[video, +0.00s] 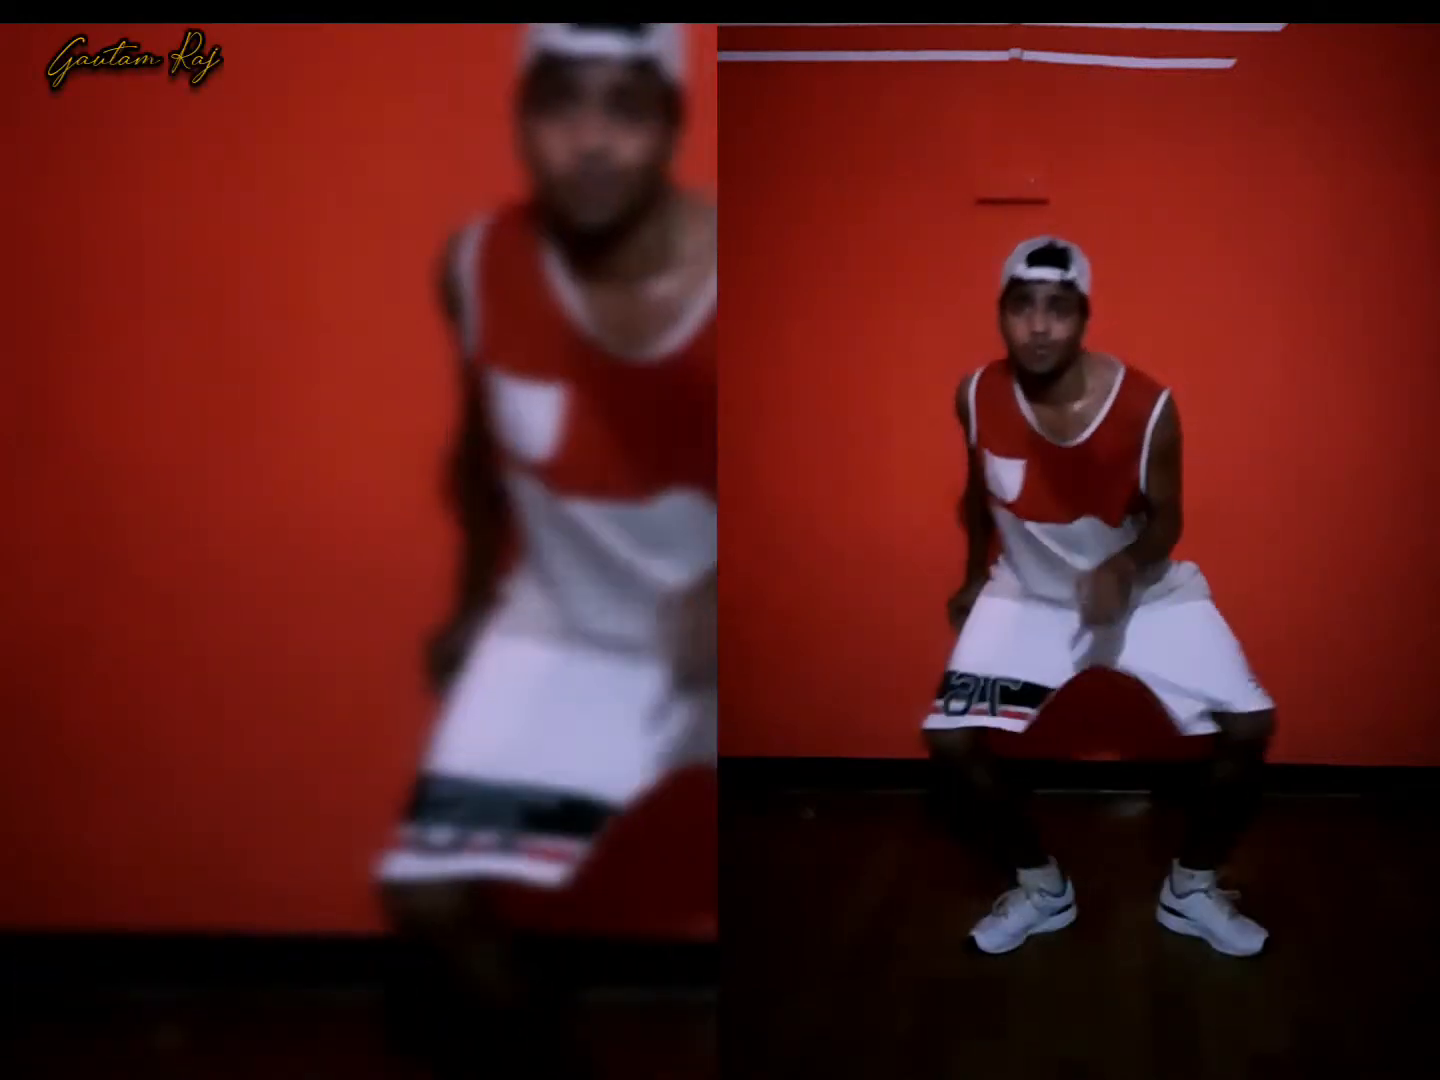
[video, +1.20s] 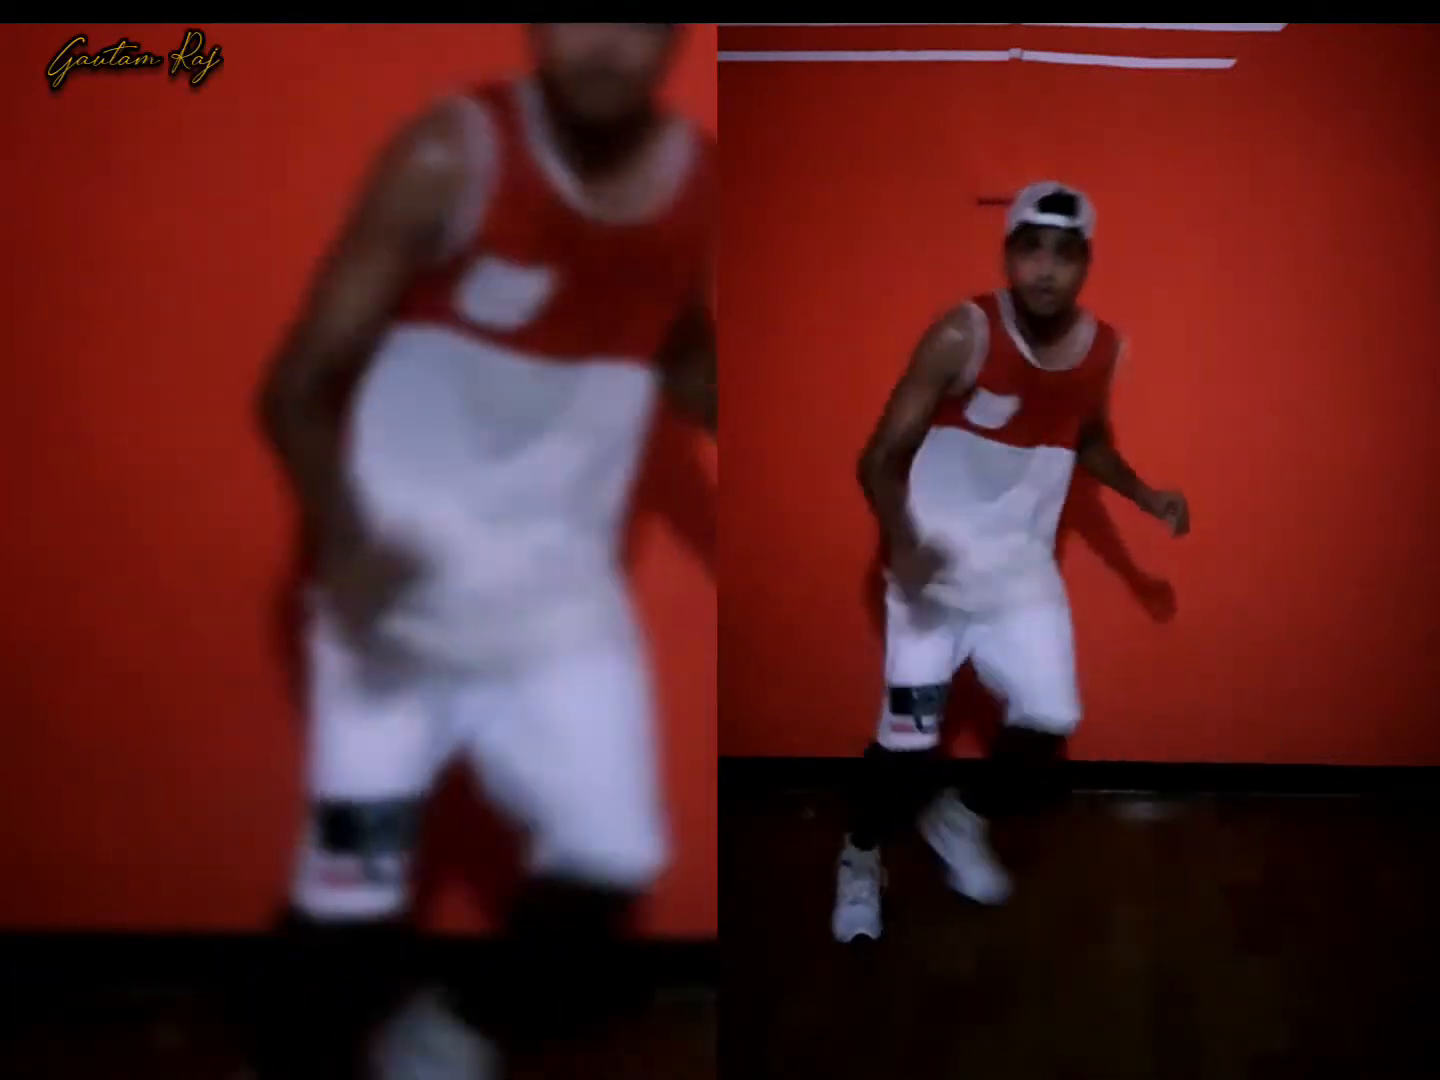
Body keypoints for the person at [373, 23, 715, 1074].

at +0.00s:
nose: (593, 138)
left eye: (628, 109)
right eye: (563, 104)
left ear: (673, 133)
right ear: (523, 127)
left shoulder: (739, 269)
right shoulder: (484, 265)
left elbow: (814, 455)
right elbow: (480, 455)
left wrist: (735, 590)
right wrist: (472, 609)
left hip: (713, 645)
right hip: (552, 638)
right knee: (432, 892)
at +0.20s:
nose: (623, 126)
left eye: (654, 92)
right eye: (591, 96)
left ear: (706, 112)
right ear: (558, 121)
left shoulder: (766, 273)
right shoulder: (492, 254)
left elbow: (813, 501)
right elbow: (507, 408)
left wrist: (701, 653)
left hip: (745, 608)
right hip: (579, 586)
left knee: (779, 885)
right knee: (533, 883)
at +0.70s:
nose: (498, 119)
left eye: (531, 85)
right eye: (469, 86)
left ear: (581, 104)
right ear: (438, 111)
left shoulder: (705, 242)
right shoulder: (402, 283)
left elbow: (793, 392)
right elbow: (328, 439)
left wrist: (747, 520)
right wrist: (435, 523)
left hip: (699, 626)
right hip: (515, 629)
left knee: (789, 902)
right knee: (474, 918)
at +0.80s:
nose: (427, 39)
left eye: (451, 17)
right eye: (408, 25)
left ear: (518, 16)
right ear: (391, 43)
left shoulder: (648, 98)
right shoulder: (376, 227)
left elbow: (712, 287)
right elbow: (367, 473)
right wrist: (478, 467)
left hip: (683, 584)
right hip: (503, 610)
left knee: (768, 860)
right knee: (491, 919)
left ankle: (609, 1016)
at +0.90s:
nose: (412, 46)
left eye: (436, 22)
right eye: (389, 27)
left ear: (493, 25)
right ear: (367, 45)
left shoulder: (587, 122)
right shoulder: (362, 223)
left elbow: (632, 311)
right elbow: (448, 483)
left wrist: (693, 411)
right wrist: (503, 341)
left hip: (651, 594)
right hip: (494, 607)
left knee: (618, 936)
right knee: (484, 940)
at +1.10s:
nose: (519, 68)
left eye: (551, 42)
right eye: (496, 39)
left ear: (596, 58)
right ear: (463, 50)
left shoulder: (631, 194)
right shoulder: (387, 184)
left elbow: (630, 391)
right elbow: (349, 439)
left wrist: (740, 431)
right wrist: (426, 405)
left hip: (575, 625)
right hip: (422, 608)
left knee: (512, 965)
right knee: (406, 940)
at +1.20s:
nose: (603, 47)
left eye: (632, 25)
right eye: (579, 22)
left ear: (671, 43)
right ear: (537, 34)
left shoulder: (694, 176)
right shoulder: (450, 157)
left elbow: (679, 341)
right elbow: (298, 388)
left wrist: (770, 441)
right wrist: (345, 545)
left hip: (562, 590)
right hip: (395, 584)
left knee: (610, 864)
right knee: (355, 899)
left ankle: (457, 1041)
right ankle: (302, 1078)